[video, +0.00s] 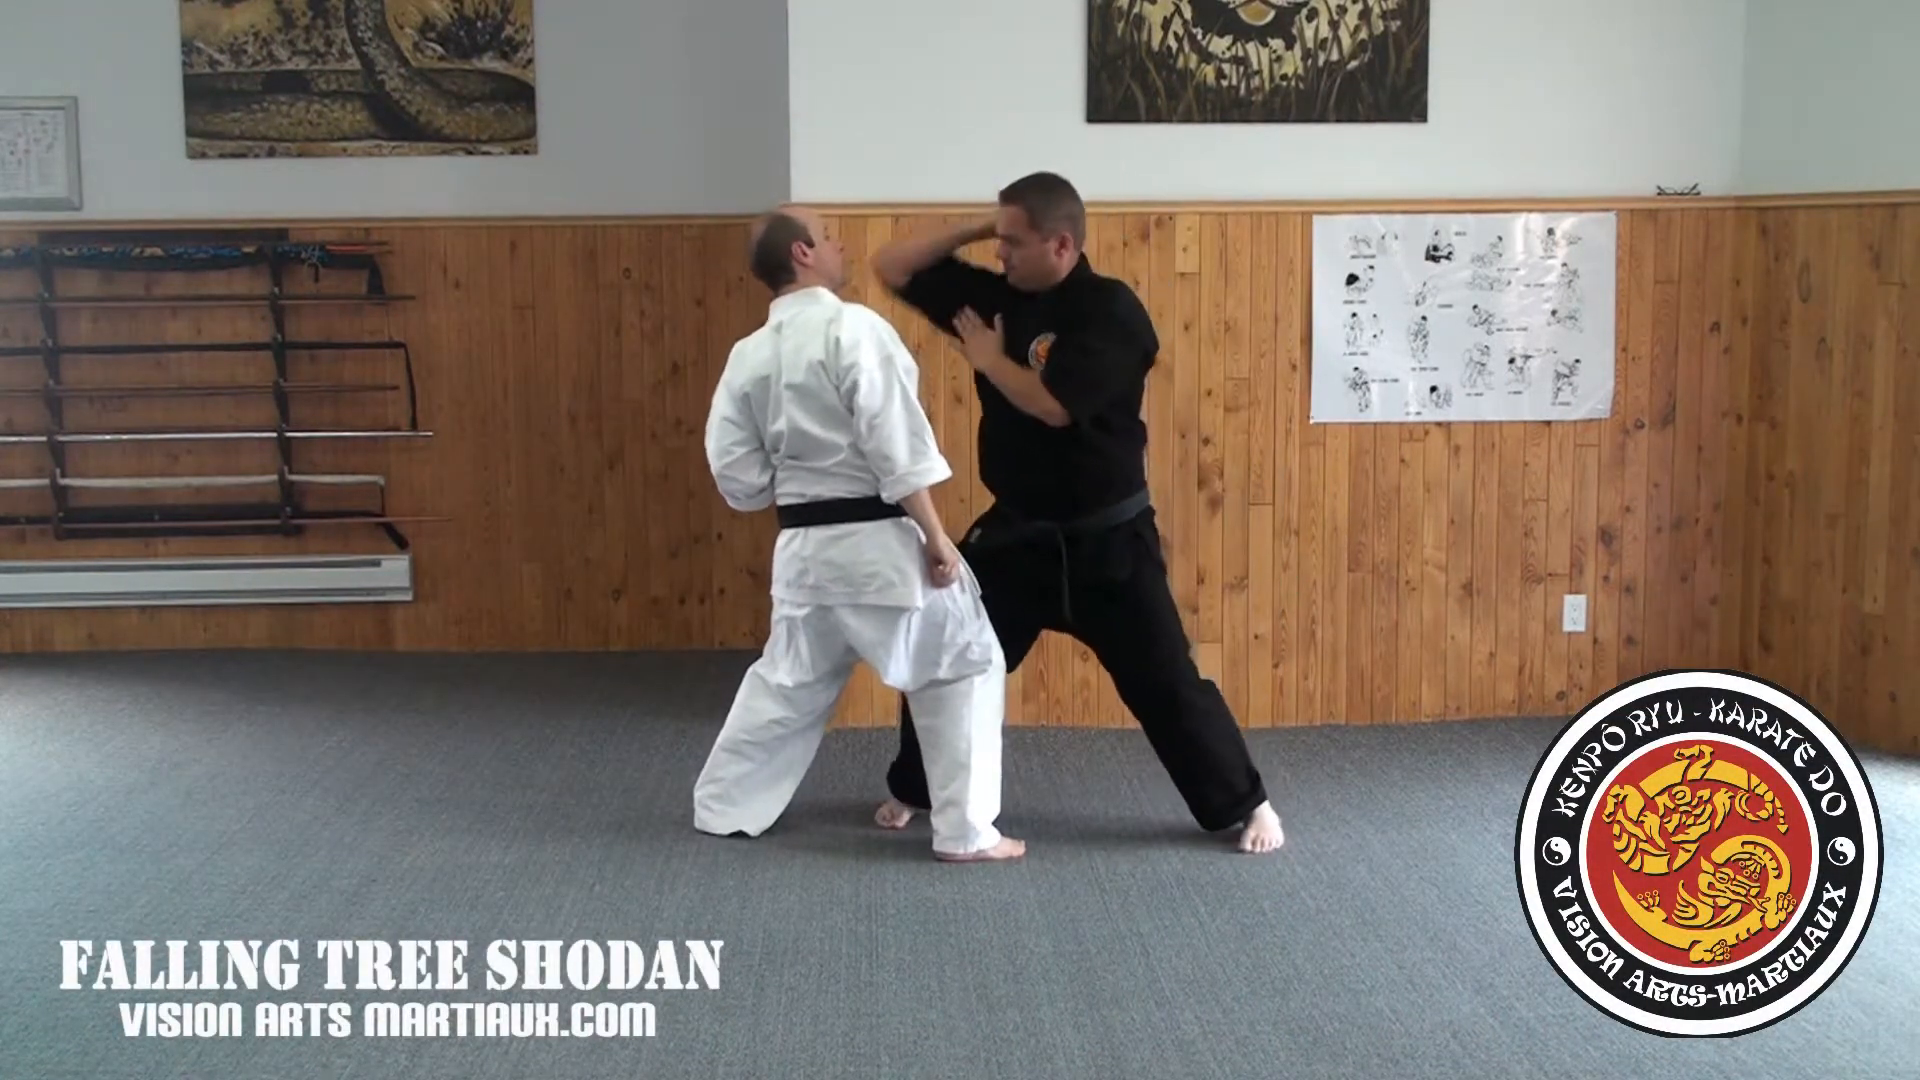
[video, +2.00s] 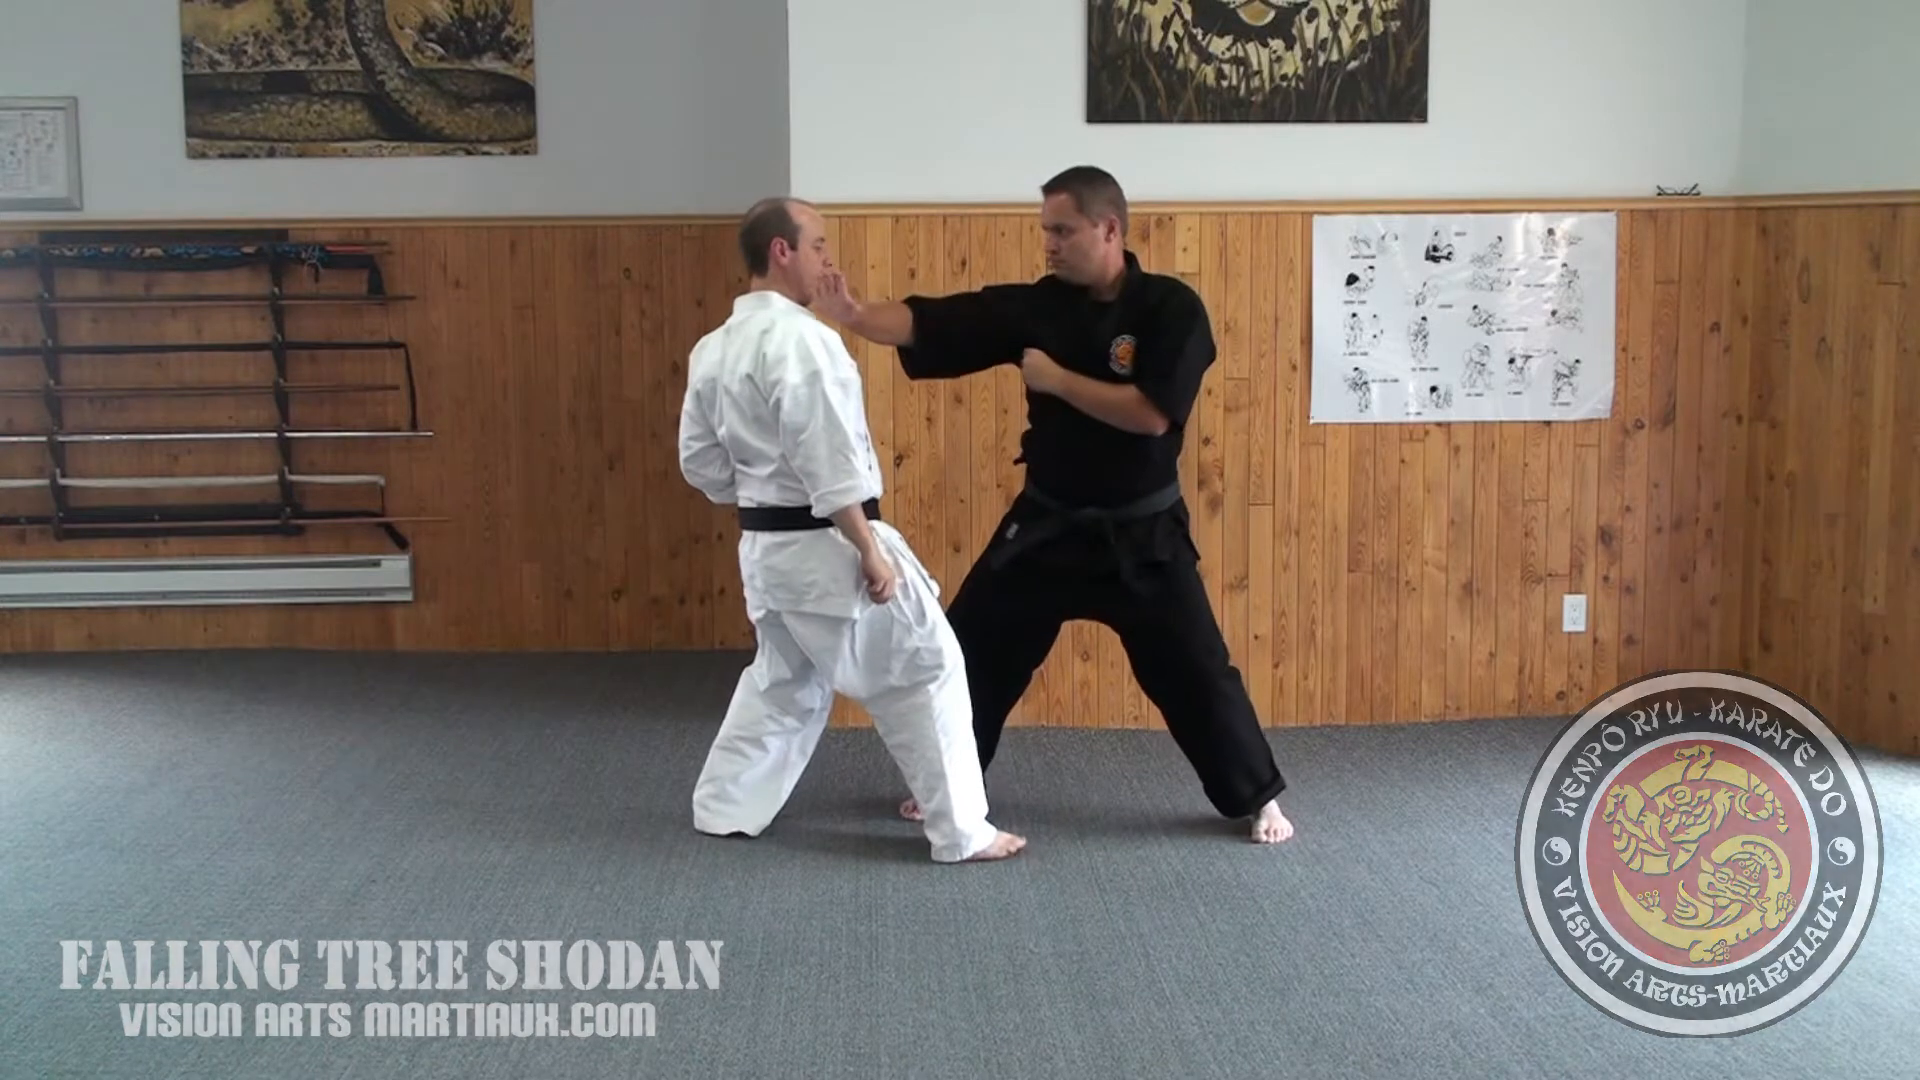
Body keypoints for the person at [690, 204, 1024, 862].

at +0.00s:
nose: (839, 247)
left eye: (831, 237)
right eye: (828, 239)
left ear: (780, 267)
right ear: (803, 257)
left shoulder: (749, 353)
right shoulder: (856, 329)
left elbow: (735, 474)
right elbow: (894, 444)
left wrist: (799, 487)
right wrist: (934, 533)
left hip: (801, 547)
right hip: (880, 540)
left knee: (787, 679)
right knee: (965, 666)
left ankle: (721, 807)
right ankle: (965, 830)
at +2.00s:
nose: (829, 261)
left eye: (827, 246)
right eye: (818, 246)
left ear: (768, 255)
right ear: (781, 252)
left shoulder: (711, 350)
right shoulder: (804, 343)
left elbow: (700, 461)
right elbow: (827, 459)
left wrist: (761, 503)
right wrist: (869, 549)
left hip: (764, 550)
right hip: (830, 548)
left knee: (782, 679)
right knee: (927, 668)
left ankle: (722, 807)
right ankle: (962, 830)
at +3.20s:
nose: (760, 263)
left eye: (758, 250)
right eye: (754, 250)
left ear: (699, 254)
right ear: (725, 250)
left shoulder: (640, 349)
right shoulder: (746, 332)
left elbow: (630, 466)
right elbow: (798, 440)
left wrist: (693, 496)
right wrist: (860, 518)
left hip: (691, 551)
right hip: (769, 549)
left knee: (735, 682)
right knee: (843, 679)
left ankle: (726, 812)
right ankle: (914, 823)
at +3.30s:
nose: (743, 259)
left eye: (741, 244)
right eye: (736, 244)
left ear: (684, 246)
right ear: (705, 244)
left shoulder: (622, 336)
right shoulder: (718, 328)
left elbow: (601, 461)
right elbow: (768, 444)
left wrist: (664, 492)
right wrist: (827, 526)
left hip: (663, 550)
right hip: (734, 549)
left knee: (721, 675)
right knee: (829, 651)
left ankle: (724, 807)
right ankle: (815, 810)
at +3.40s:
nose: (722, 251)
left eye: (721, 236)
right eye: (717, 235)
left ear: (658, 239)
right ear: (685, 236)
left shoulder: (602, 326)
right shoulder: (704, 323)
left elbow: (574, 438)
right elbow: (737, 442)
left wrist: (600, 501)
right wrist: (788, 524)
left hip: (639, 536)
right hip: (714, 536)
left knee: (688, 671)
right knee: (770, 666)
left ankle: (720, 805)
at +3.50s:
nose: (714, 248)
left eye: (712, 232)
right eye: (707, 232)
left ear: (653, 235)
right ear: (674, 233)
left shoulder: (588, 320)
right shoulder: (688, 321)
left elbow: (547, 423)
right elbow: (710, 446)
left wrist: (533, 506)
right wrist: (755, 531)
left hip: (612, 535)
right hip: (679, 538)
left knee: (692, 674)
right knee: (681, 683)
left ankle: (715, 807)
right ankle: (601, 820)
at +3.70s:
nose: (694, 243)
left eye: (694, 227)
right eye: (689, 227)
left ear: (626, 231)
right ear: (655, 229)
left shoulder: (565, 303)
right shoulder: (658, 317)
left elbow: (513, 403)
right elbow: (652, 446)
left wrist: (485, 487)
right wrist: (683, 543)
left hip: (563, 525)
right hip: (626, 531)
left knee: (632, 670)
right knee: (643, 685)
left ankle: (662, 804)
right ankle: (600, 839)